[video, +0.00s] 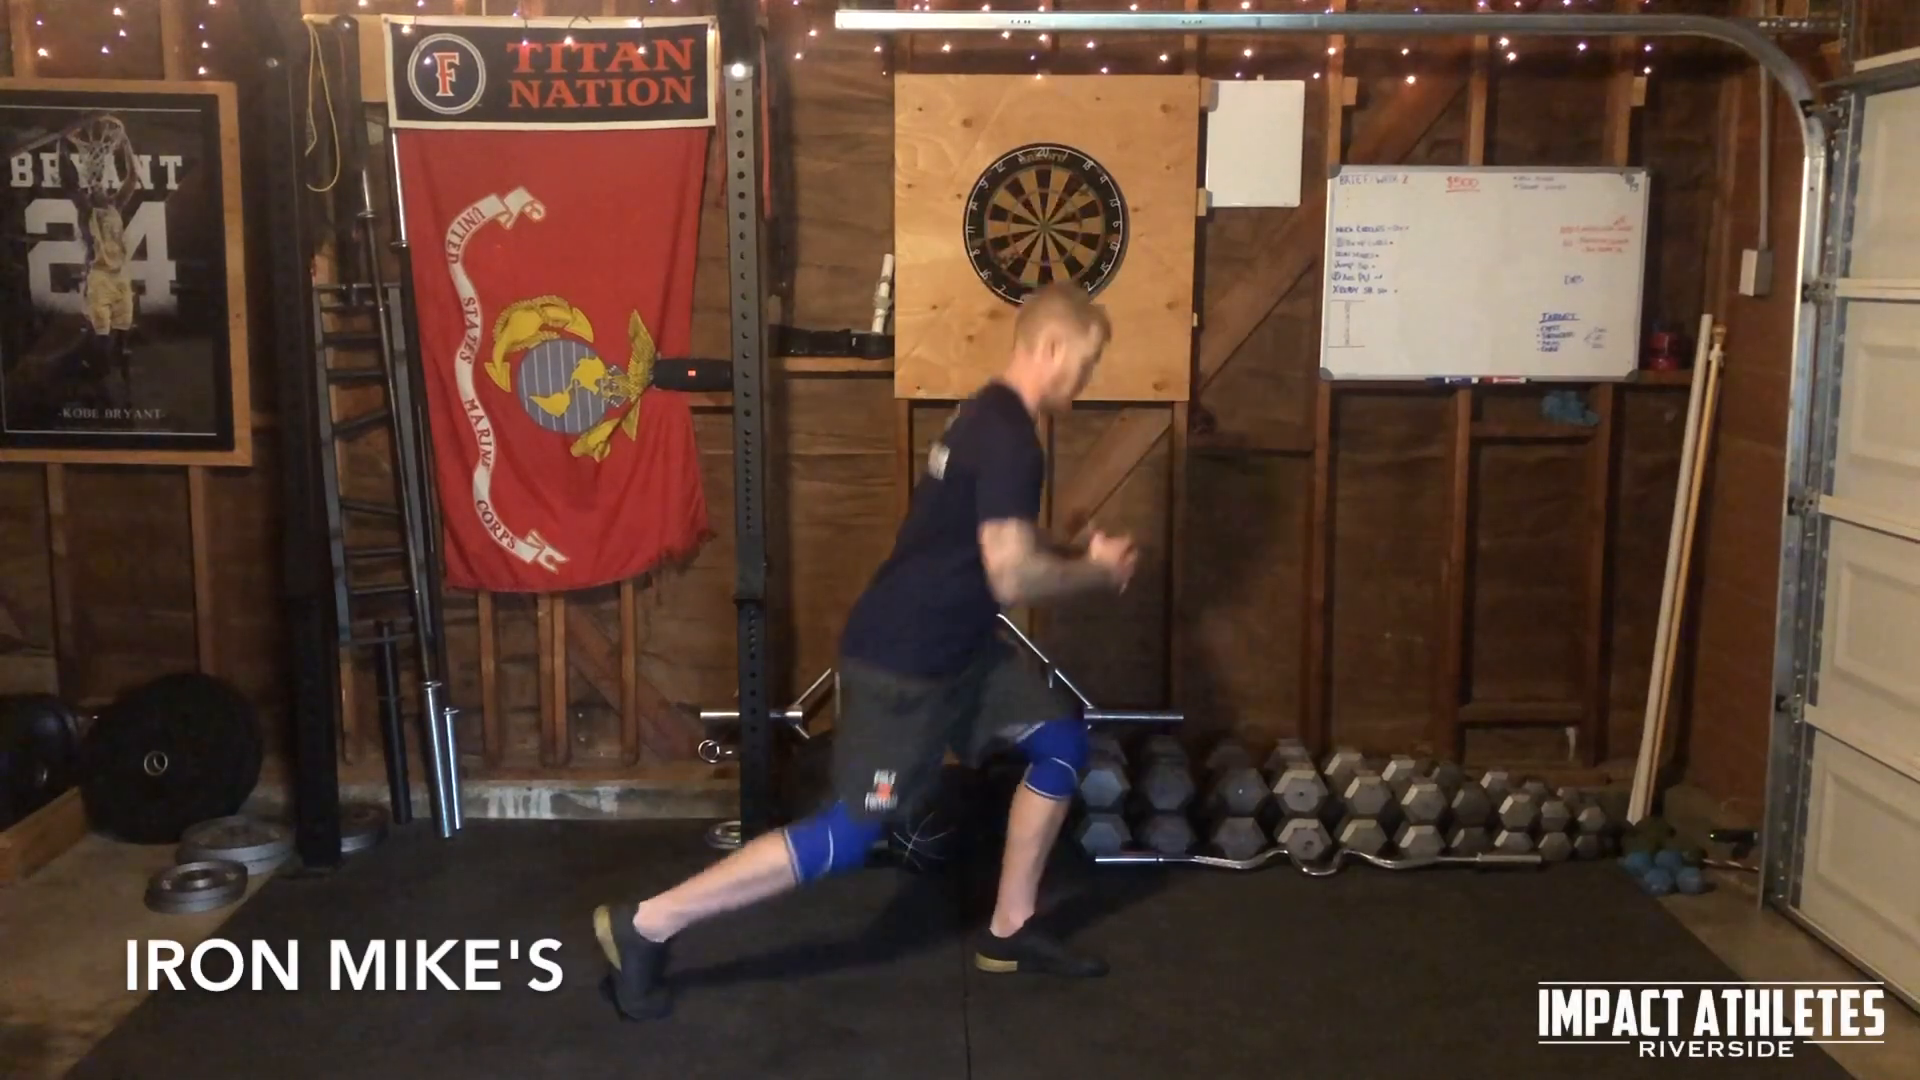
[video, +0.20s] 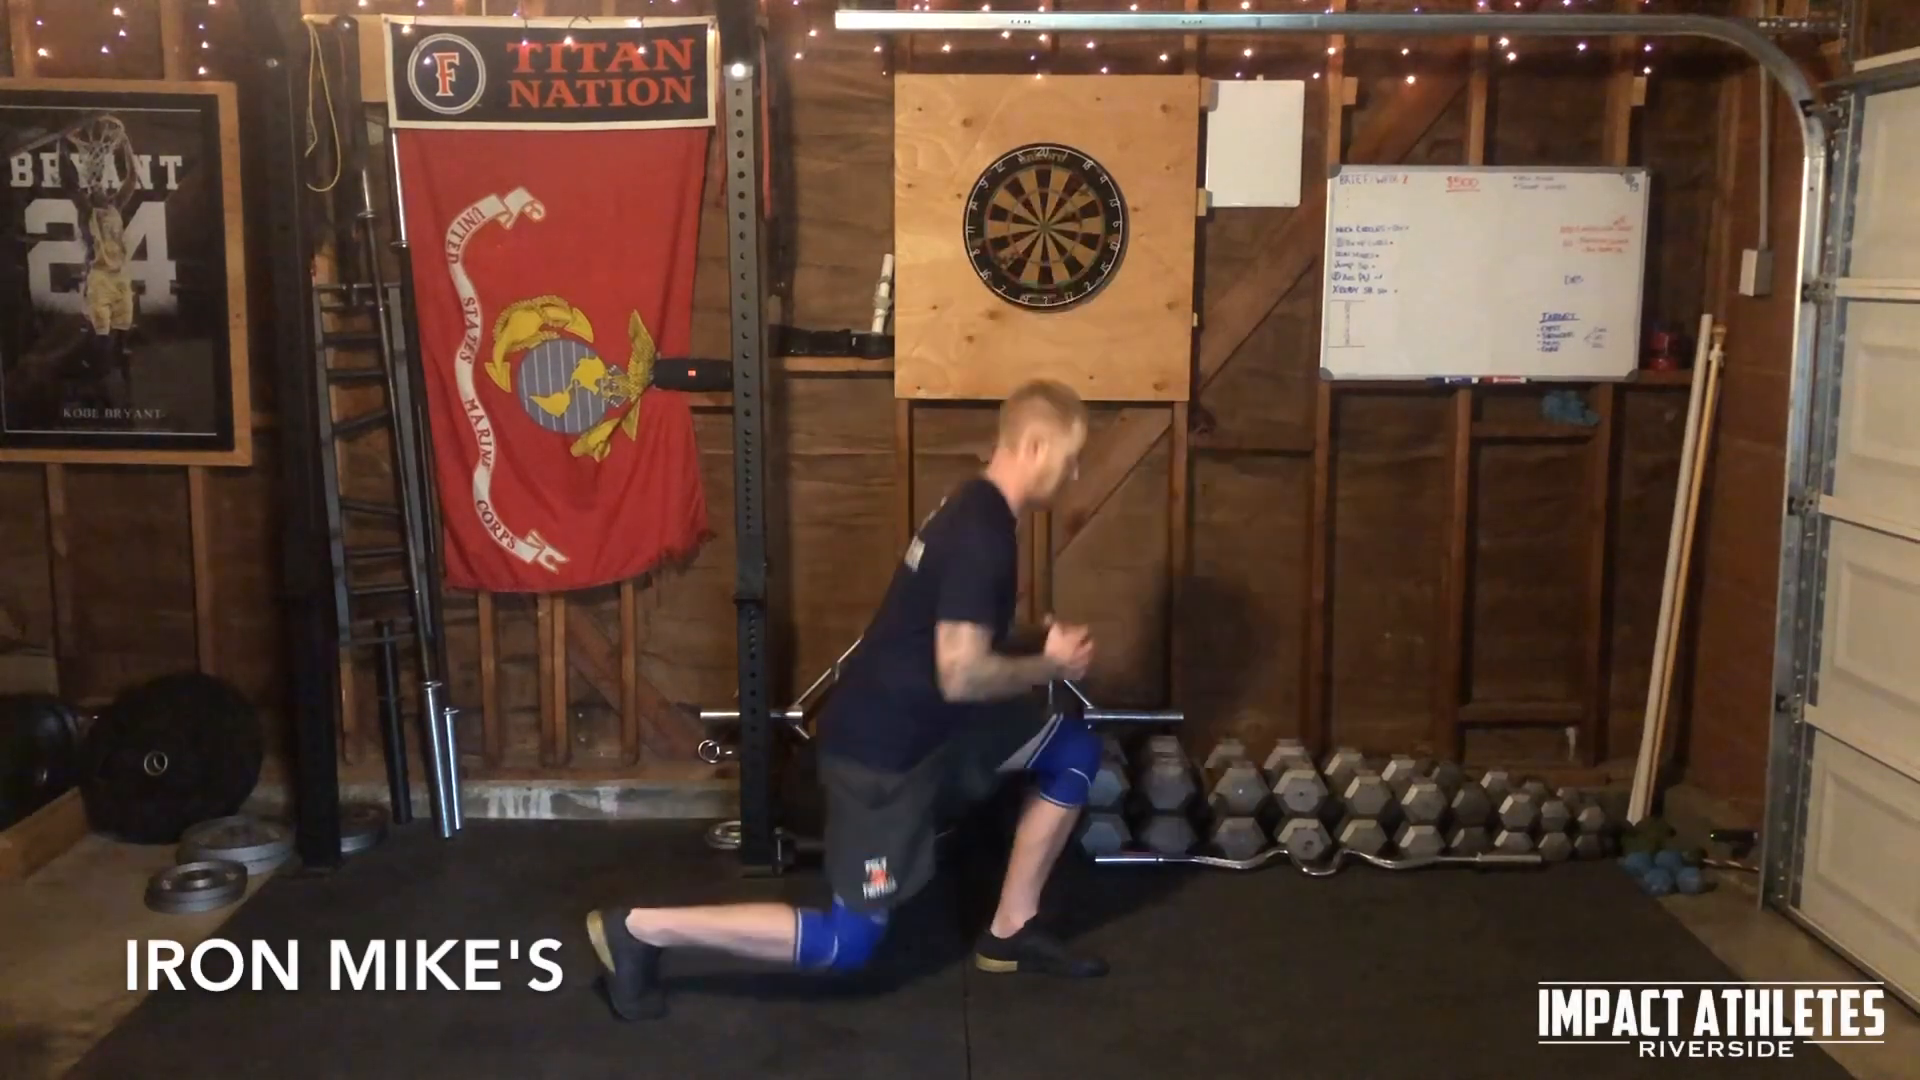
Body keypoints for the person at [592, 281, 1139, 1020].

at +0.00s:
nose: (1086, 378)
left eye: (1091, 362)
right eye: (1087, 360)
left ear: (1034, 347)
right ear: (1052, 350)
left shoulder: (995, 415)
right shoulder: (1004, 430)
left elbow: (993, 544)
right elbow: (1011, 575)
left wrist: (1068, 548)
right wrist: (1091, 571)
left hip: (963, 647)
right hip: (902, 656)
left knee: (1059, 739)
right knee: (855, 831)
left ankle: (1010, 927)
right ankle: (644, 923)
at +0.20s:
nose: (1073, 475)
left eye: (1076, 461)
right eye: (1072, 459)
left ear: (1026, 445)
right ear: (1033, 448)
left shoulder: (988, 513)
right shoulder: (978, 524)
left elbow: (977, 634)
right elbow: (961, 673)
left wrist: (1038, 640)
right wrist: (1052, 664)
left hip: (935, 727)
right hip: (880, 746)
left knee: (1073, 750)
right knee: (848, 940)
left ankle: (1011, 928)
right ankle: (636, 929)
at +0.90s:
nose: (1073, 255)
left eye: (1079, 240)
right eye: (1071, 234)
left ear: (1016, 223)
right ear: (1025, 219)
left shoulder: (994, 300)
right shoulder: (974, 292)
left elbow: (963, 413)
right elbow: (939, 411)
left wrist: (1033, 413)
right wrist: (1035, 416)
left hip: (901, 532)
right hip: (907, 537)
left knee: (914, 712)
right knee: (986, 712)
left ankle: (756, 832)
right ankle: (912, 911)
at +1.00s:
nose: (1072, 288)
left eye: (1078, 271)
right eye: (1070, 268)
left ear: (1018, 255)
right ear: (1025, 253)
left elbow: (962, 439)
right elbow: (927, 440)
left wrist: (1031, 442)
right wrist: (1027, 445)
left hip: (903, 564)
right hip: (910, 568)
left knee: (852, 741)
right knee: (1020, 737)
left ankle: (679, 839)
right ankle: (1029, 959)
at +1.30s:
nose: (1080, 495)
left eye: (1081, 479)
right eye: (1073, 478)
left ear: (1018, 474)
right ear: (1034, 474)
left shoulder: (979, 537)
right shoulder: (990, 543)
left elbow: (945, 660)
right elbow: (953, 673)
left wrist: (1018, 658)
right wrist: (1035, 669)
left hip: (868, 764)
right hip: (910, 764)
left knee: (851, 934)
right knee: (1106, 779)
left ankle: (655, 895)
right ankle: (1048, 976)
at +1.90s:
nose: (1087, 242)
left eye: (1092, 226)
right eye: (1087, 220)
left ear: (1028, 202)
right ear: (1044, 202)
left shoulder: (992, 276)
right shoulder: (1001, 277)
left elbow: (990, 390)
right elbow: (1008, 403)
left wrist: (1050, 378)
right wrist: (1066, 397)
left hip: (931, 520)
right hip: (932, 526)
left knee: (952, 705)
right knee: (960, 710)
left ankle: (883, 882)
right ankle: (814, 880)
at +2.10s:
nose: (1095, 338)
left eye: (1099, 321)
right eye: (1093, 319)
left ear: (1036, 306)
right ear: (1059, 311)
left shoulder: (1015, 384)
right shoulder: (1010, 387)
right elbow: (1011, 532)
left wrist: (1056, 506)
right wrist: (1070, 504)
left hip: (978, 638)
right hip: (929, 638)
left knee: (1068, 736)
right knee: (854, 811)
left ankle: (1041, 933)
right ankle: (656, 908)